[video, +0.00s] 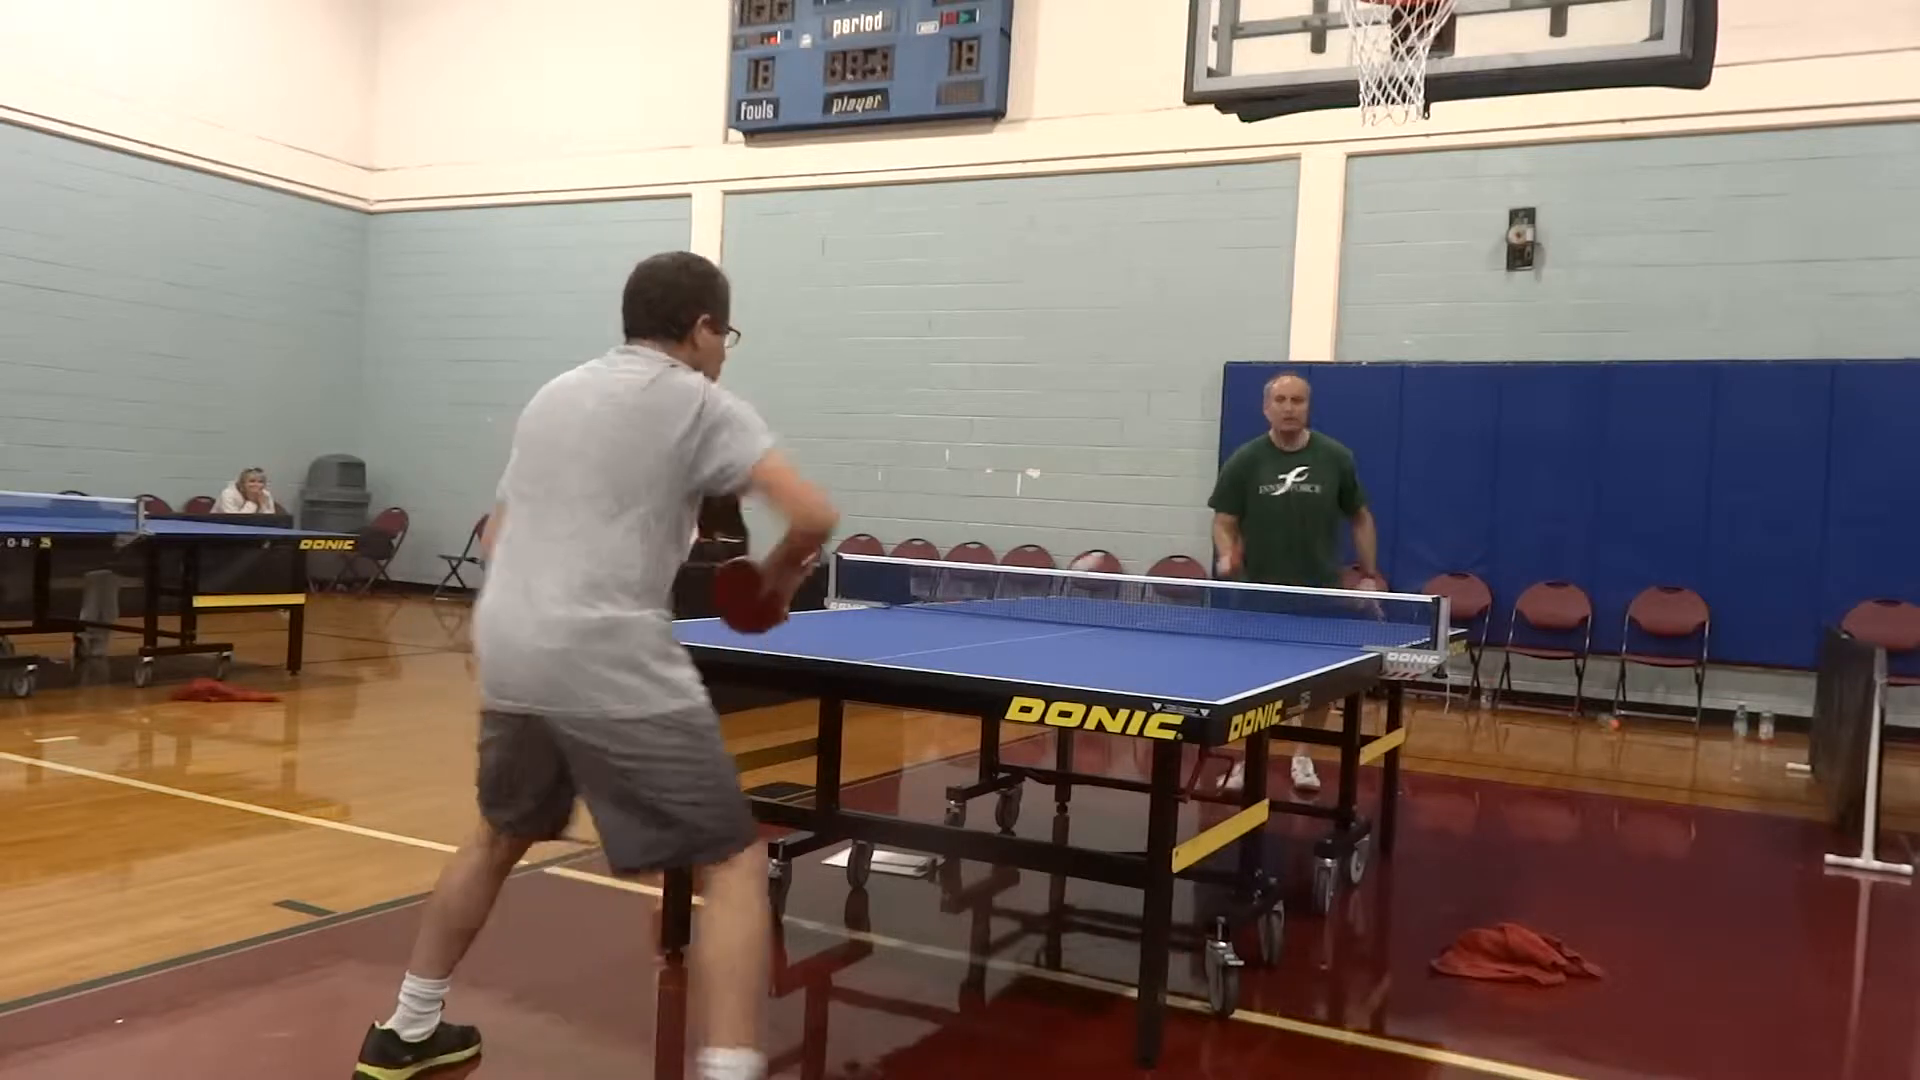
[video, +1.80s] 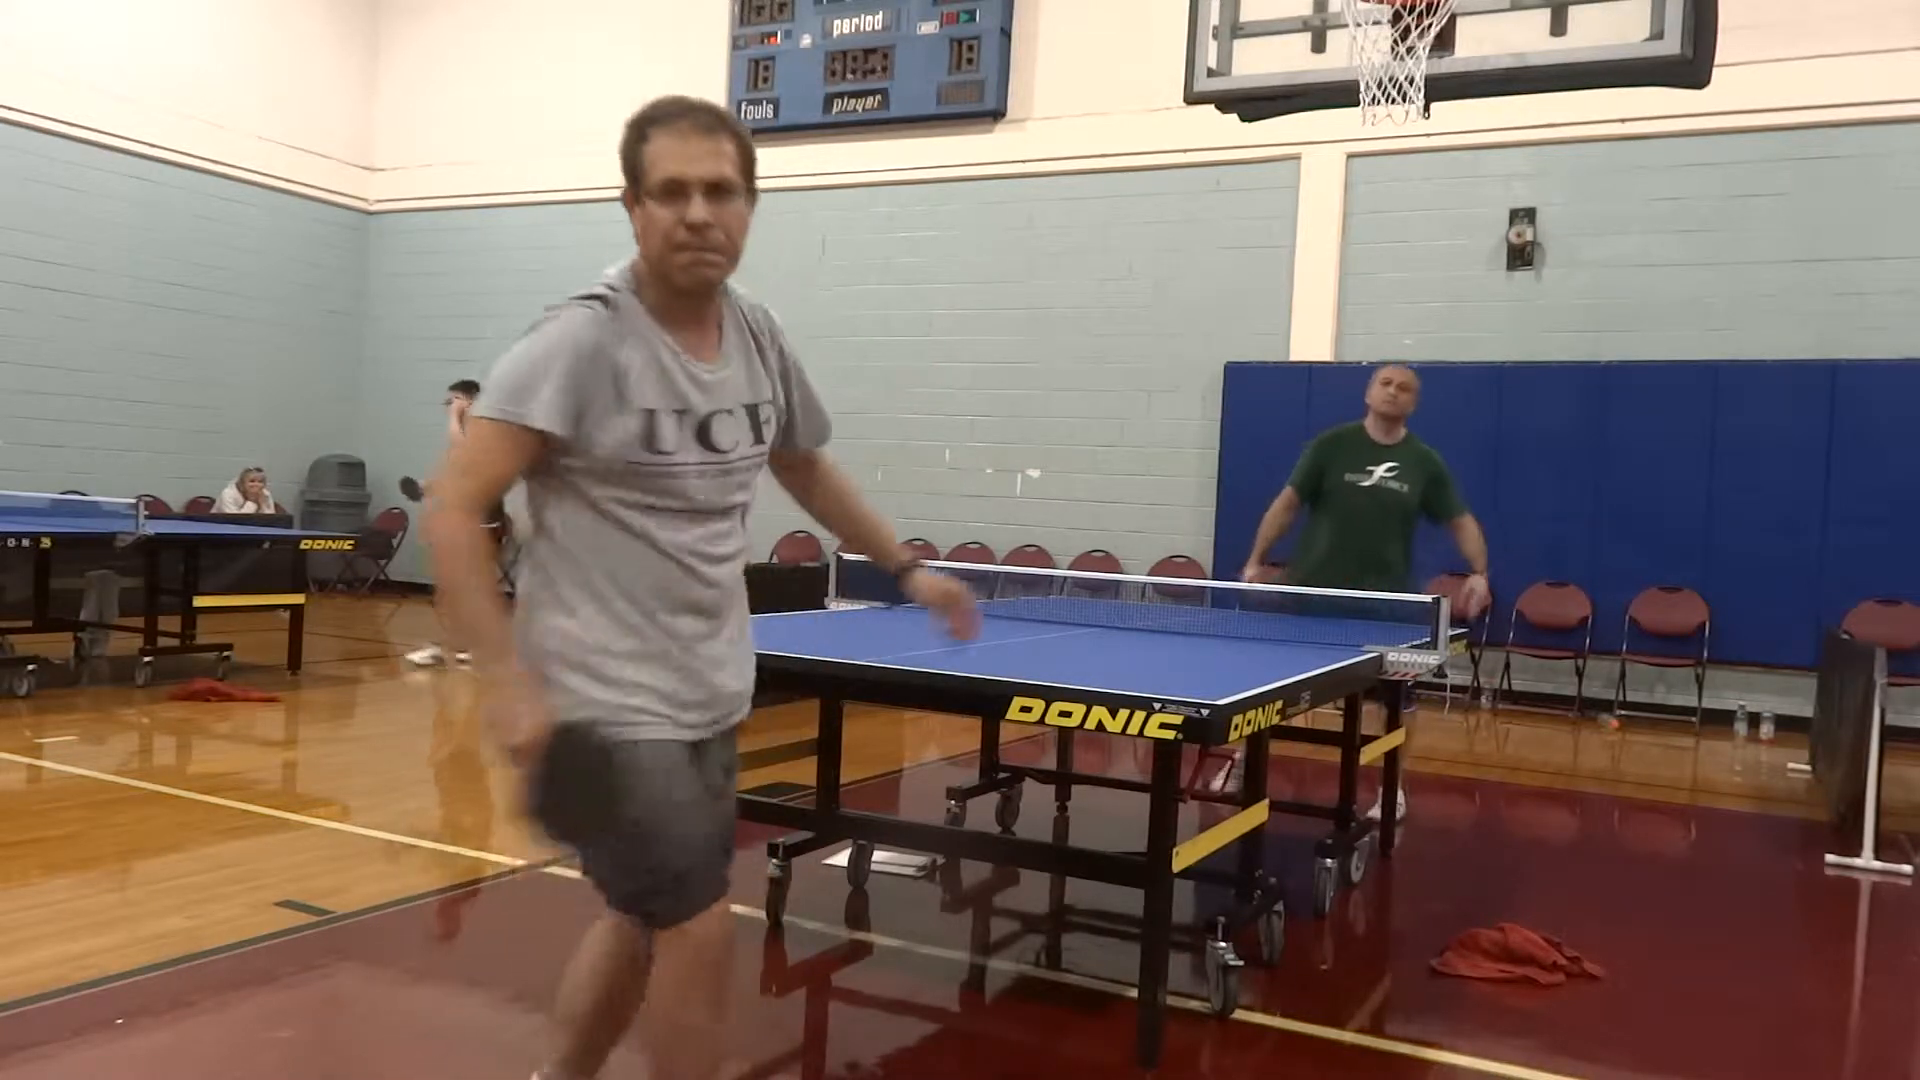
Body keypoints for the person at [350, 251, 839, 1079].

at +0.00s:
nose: (727, 349)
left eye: (729, 335)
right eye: (726, 334)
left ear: (632, 326)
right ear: (699, 329)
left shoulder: (553, 395)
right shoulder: (703, 400)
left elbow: (496, 536)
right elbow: (814, 514)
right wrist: (777, 573)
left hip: (506, 659)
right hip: (617, 668)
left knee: (496, 833)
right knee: (733, 862)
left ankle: (408, 1026)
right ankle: (730, 1070)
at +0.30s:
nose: (777, 300)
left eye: (776, 289)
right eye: (776, 288)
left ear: (676, 289)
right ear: (759, 286)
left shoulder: (612, 372)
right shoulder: (796, 360)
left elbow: (528, 526)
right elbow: (935, 435)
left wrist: (592, 589)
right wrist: (930, 509)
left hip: (613, 663)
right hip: (748, 675)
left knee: (561, 836)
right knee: (785, 882)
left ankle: (491, 1017)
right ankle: (758, 1074)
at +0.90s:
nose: (731, 295)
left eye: (732, 280)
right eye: (729, 279)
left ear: (629, 278)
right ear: (707, 280)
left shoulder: (552, 355)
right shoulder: (717, 376)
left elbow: (456, 484)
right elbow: (802, 549)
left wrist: (531, 554)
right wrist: (816, 577)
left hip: (507, 640)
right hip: (628, 651)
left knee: (472, 820)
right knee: (707, 856)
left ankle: (406, 1013)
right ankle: (678, 1070)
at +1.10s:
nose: (702, 362)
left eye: (700, 345)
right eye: (697, 345)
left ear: (607, 342)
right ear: (666, 346)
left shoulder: (530, 415)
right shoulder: (652, 433)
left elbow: (447, 546)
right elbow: (664, 589)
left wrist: (553, 571)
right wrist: (738, 632)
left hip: (457, 687)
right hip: (564, 699)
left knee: (448, 847)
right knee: (722, 874)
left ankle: (340, 1025)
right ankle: (680, 1072)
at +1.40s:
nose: (764, 325)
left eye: (769, 305)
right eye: (746, 303)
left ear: (675, 303)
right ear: (677, 300)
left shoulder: (618, 368)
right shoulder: (662, 389)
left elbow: (578, 522)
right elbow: (626, 525)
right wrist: (730, 602)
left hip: (539, 666)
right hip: (607, 683)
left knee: (508, 846)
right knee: (752, 885)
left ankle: (376, 1010)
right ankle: (724, 1070)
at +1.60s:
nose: (748, 251)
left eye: (766, 229)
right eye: (722, 228)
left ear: (783, 236)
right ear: (671, 231)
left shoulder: (721, 347)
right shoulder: (650, 344)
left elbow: (680, 524)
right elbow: (546, 510)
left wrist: (741, 625)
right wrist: (672, 613)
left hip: (647, 675)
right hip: (625, 682)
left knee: (627, 878)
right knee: (719, 906)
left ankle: (492, 1056)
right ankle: (722, 1074)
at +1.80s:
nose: (700, 215)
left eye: (722, 193)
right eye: (673, 194)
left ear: (749, 208)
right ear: (632, 209)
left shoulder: (757, 336)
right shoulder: (580, 341)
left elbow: (804, 466)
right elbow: (451, 506)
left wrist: (907, 567)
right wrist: (506, 679)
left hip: (712, 699)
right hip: (601, 705)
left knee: (635, 925)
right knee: (699, 931)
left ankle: (562, 1074)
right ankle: (686, 1078)